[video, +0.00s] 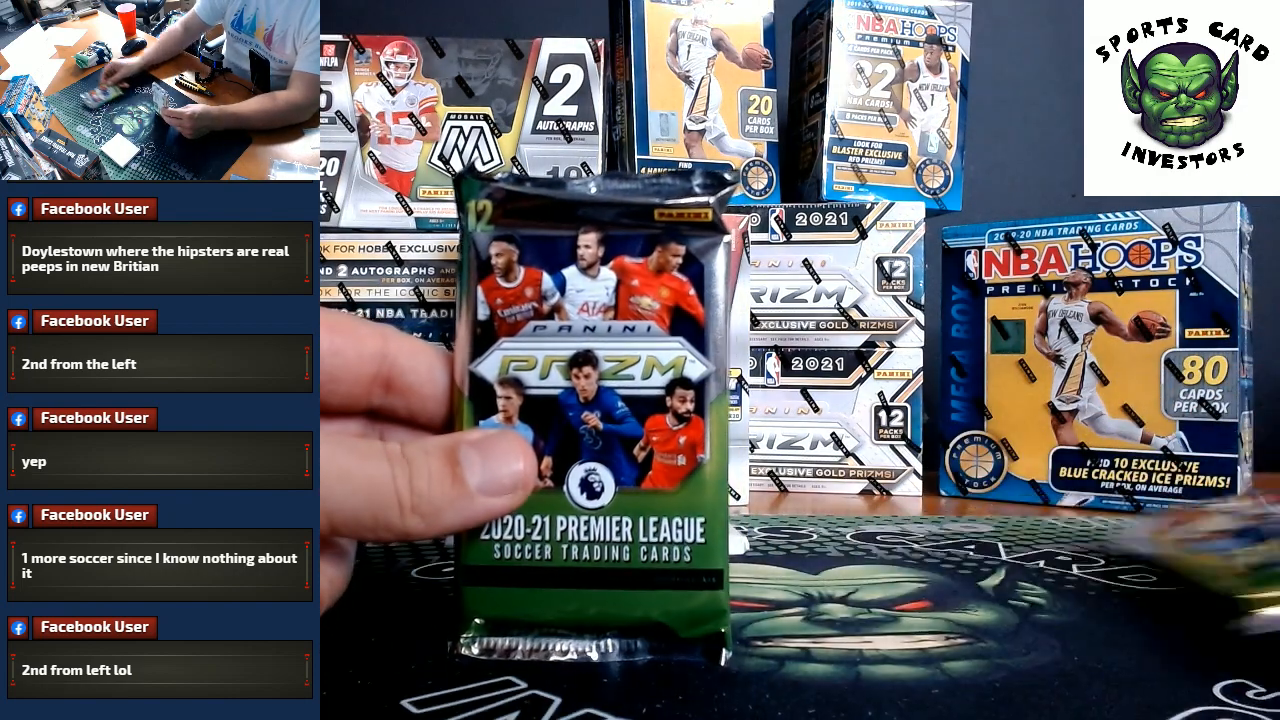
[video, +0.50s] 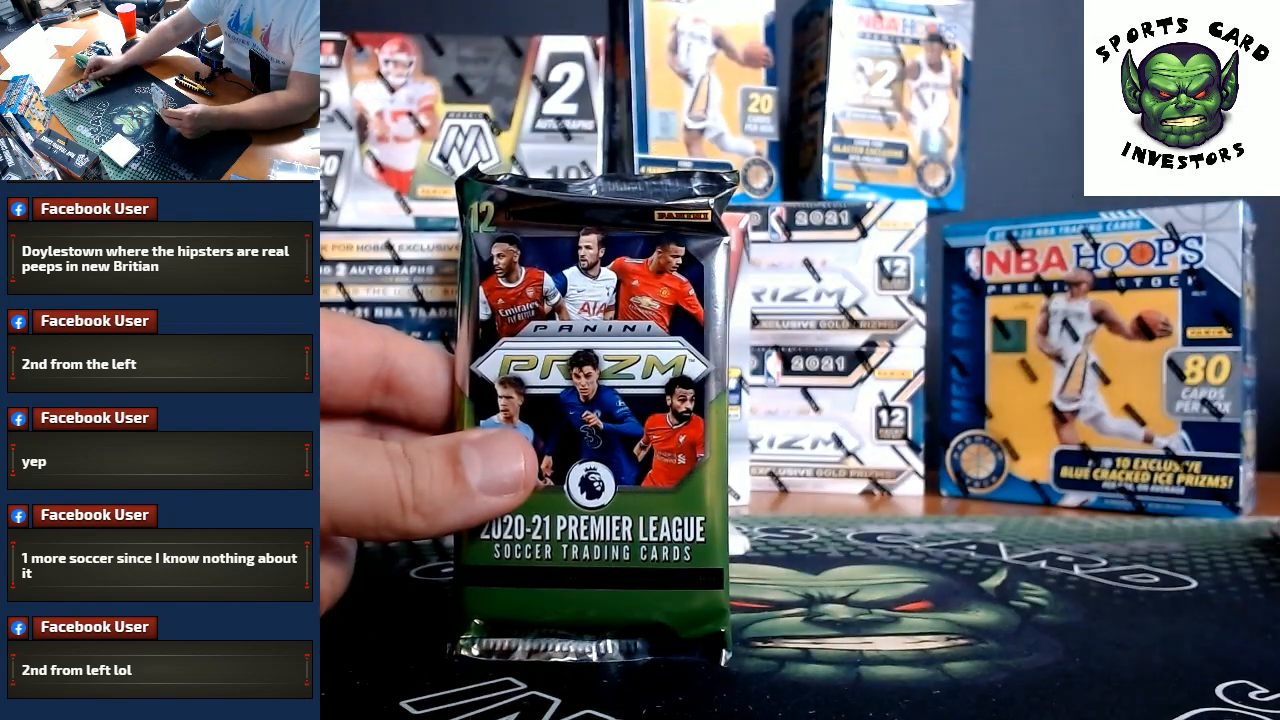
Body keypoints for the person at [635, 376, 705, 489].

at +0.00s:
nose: (688, 407)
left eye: (692, 401)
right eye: (682, 401)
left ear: (695, 402)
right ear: (668, 402)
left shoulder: (698, 426)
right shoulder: (653, 423)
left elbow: (703, 461)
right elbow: (643, 446)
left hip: (681, 492)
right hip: (652, 489)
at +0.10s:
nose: (688, 406)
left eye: (692, 400)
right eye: (682, 400)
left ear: (694, 401)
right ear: (668, 401)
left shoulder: (698, 427)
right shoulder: (653, 422)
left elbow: (704, 463)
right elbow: (642, 447)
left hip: (680, 494)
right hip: (651, 489)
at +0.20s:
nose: (688, 406)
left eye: (691, 400)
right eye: (682, 400)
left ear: (694, 401)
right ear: (668, 401)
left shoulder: (698, 427)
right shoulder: (652, 422)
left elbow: (703, 462)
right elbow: (642, 446)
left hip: (680, 493)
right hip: (651, 489)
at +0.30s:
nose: (688, 406)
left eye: (692, 400)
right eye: (682, 400)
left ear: (694, 400)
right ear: (668, 400)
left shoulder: (698, 426)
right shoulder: (653, 422)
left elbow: (703, 461)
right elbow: (642, 446)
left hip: (681, 492)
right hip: (651, 488)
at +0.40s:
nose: (688, 406)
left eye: (692, 400)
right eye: (682, 400)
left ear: (694, 400)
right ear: (668, 400)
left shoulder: (698, 426)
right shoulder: (653, 422)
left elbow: (703, 461)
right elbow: (642, 446)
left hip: (681, 492)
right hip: (652, 487)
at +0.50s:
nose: (688, 406)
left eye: (692, 400)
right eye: (682, 400)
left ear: (694, 400)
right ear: (668, 400)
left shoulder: (698, 426)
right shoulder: (653, 422)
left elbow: (703, 461)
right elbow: (642, 446)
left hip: (681, 492)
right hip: (652, 487)